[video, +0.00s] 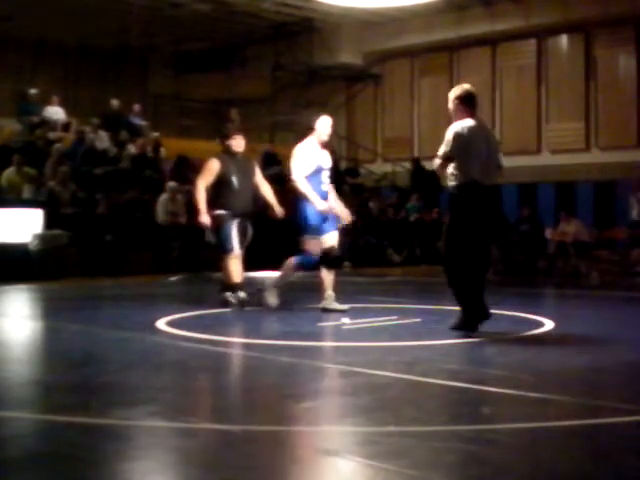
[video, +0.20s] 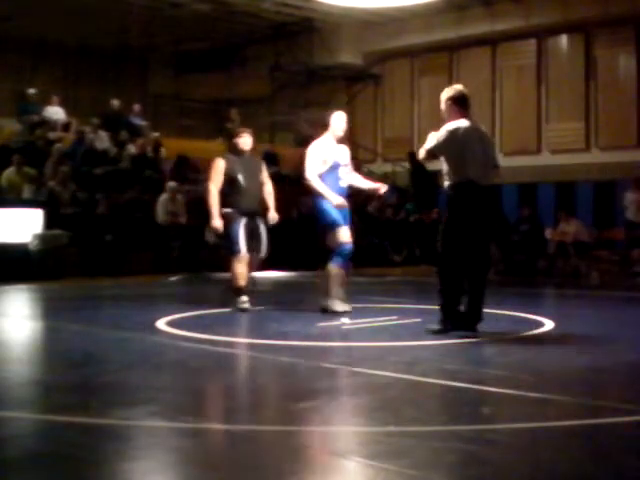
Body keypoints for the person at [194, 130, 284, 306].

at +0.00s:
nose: (239, 143)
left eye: (241, 139)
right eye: (234, 140)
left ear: (245, 141)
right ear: (226, 142)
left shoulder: (250, 164)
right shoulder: (217, 163)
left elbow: (263, 185)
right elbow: (201, 184)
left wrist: (275, 205)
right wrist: (203, 212)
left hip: (245, 213)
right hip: (225, 213)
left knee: (238, 252)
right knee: (233, 252)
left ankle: (230, 286)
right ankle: (237, 288)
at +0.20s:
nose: (246, 142)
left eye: (249, 138)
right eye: (241, 138)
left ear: (253, 141)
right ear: (234, 140)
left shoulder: (258, 163)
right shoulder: (223, 162)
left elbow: (267, 185)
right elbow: (214, 188)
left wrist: (271, 208)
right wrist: (215, 216)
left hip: (256, 212)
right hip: (235, 212)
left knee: (260, 252)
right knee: (241, 253)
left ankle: (243, 276)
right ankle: (241, 291)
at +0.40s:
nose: (258, 141)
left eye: (261, 136)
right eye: (254, 136)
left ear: (265, 138)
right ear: (245, 137)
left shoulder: (266, 157)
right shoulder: (231, 156)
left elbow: (272, 182)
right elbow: (224, 182)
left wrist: (271, 207)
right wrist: (235, 208)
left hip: (263, 210)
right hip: (243, 211)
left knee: (272, 250)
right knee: (243, 255)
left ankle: (264, 289)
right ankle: (241, 293)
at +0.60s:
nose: (275, 146)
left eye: (277, 142)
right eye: (271, 142)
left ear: (280, 143)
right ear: (261, 141)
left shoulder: (281, 162)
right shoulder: (244, 157)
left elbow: (285, 187)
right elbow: (231, 180)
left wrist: (285, 214)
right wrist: (248, 205)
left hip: (274, 215)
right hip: (252, 215)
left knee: (277, 255)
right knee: (248, 259)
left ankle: (283, 295)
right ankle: (243, 292)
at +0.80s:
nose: (291, 146)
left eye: (294, 142)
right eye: (288, 141)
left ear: (297, 142)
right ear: (277, 139)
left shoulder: (298, 161)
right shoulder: (257, 154)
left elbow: (302, 186)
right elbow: (243, 177)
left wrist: (306, 213)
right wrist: (242, 209)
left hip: (288, 213)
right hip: (263, 212)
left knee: (287, 256)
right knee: (259, 256)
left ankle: (287, 297)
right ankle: (253, 291)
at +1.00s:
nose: (298, 141)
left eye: (301, 137)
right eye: (294, 137)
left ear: (303, 137)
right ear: (283, 135)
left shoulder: (305, 155)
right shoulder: (263, 152)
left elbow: (311, 178)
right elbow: (245, 173)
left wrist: (316, 201)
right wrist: (243, 206)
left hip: (295, 209)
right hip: (271, 208)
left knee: (291, 256)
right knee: (274, 253)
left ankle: (287, 297)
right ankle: (270, 295)